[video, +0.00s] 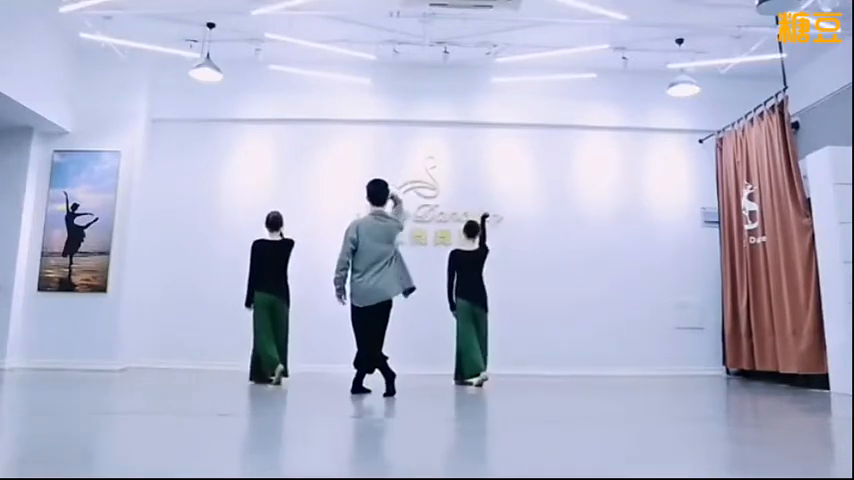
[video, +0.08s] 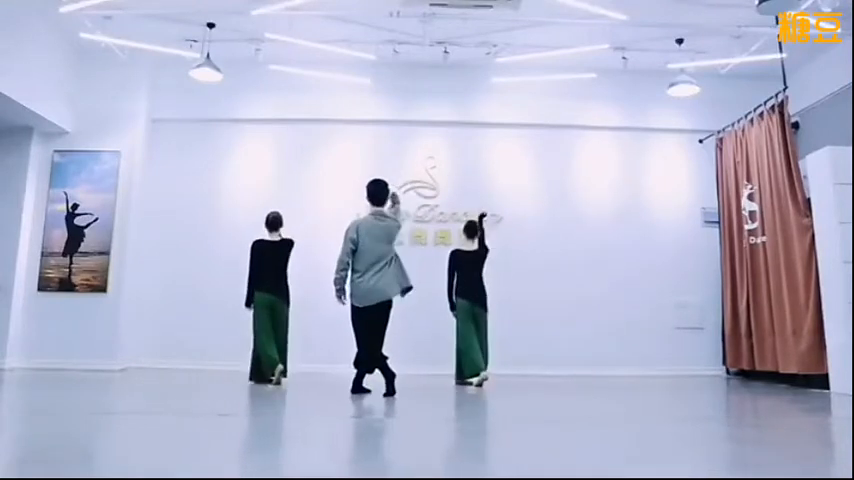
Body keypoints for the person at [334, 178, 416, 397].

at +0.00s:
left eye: (370, 194)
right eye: (383, 194)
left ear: (367, 197)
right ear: (387, 198)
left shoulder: (357, 226)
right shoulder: (392, 225)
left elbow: (344, 258)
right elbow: (399, 220)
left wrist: (339, 283)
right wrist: (398, 204)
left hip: (361, 290)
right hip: (384, 290)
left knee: (364, 339)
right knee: (374, 339)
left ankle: (387, 373)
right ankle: (358, 380)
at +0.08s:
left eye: (369, 194)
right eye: (382, 194)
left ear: (367, 197)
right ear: (386, 199)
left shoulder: (357, 226)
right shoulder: (391, 225)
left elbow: (345, 258)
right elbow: (395, 219)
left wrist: (339, 283)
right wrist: (395, 204)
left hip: (361, 289)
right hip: (385, 289)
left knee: (364, 339)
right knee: (374, 338)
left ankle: (387, 373)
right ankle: (358, 380)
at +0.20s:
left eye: (369, 195)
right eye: (384, 194)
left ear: (367, 198)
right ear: (386, 198)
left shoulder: (357, 227)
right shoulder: (392, 224)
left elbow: (345, 260)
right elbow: (397, 221)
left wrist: (340, 285)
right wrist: (387, 203)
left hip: (361, 289)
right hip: (385, 288)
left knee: (365, 341)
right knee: (374, 340)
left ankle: (388, 373)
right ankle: (358, 381)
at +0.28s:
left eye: (368, 194)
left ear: (367, 197)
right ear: (386, 198)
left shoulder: (357, 226)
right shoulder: (394, 223)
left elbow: (345, 259)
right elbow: (400, 217)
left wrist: (340, 284)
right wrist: (388, 202)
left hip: (361, 290)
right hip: (384, 289)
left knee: (365, 340)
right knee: (374, 340)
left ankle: (388, 373)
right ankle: (358, 381)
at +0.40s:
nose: (373, 197)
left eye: (369, 194)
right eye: (381, 194)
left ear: (366, 197)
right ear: (386, 197)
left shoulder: (356, 226)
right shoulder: (395, 224)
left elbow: (345, 259)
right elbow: (411, 210)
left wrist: (340, 284)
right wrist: (400, 192)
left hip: (360, 290)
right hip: (383, 290)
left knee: (364, 340)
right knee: (373, 339)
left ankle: (387, 373)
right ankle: (358, 380)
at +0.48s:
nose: (369, 198)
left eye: (368, 194)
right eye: (378, 194)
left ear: (366, 197)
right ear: (386, 197)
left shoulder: (355, 226)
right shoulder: (395, 224)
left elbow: (345, 259)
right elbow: (411, 207)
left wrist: (340, 284)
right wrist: (404, 187)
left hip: (360, 290)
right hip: (383, 290)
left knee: (364, 340)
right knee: (373, 339)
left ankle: (387, 373)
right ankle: (358, 380)